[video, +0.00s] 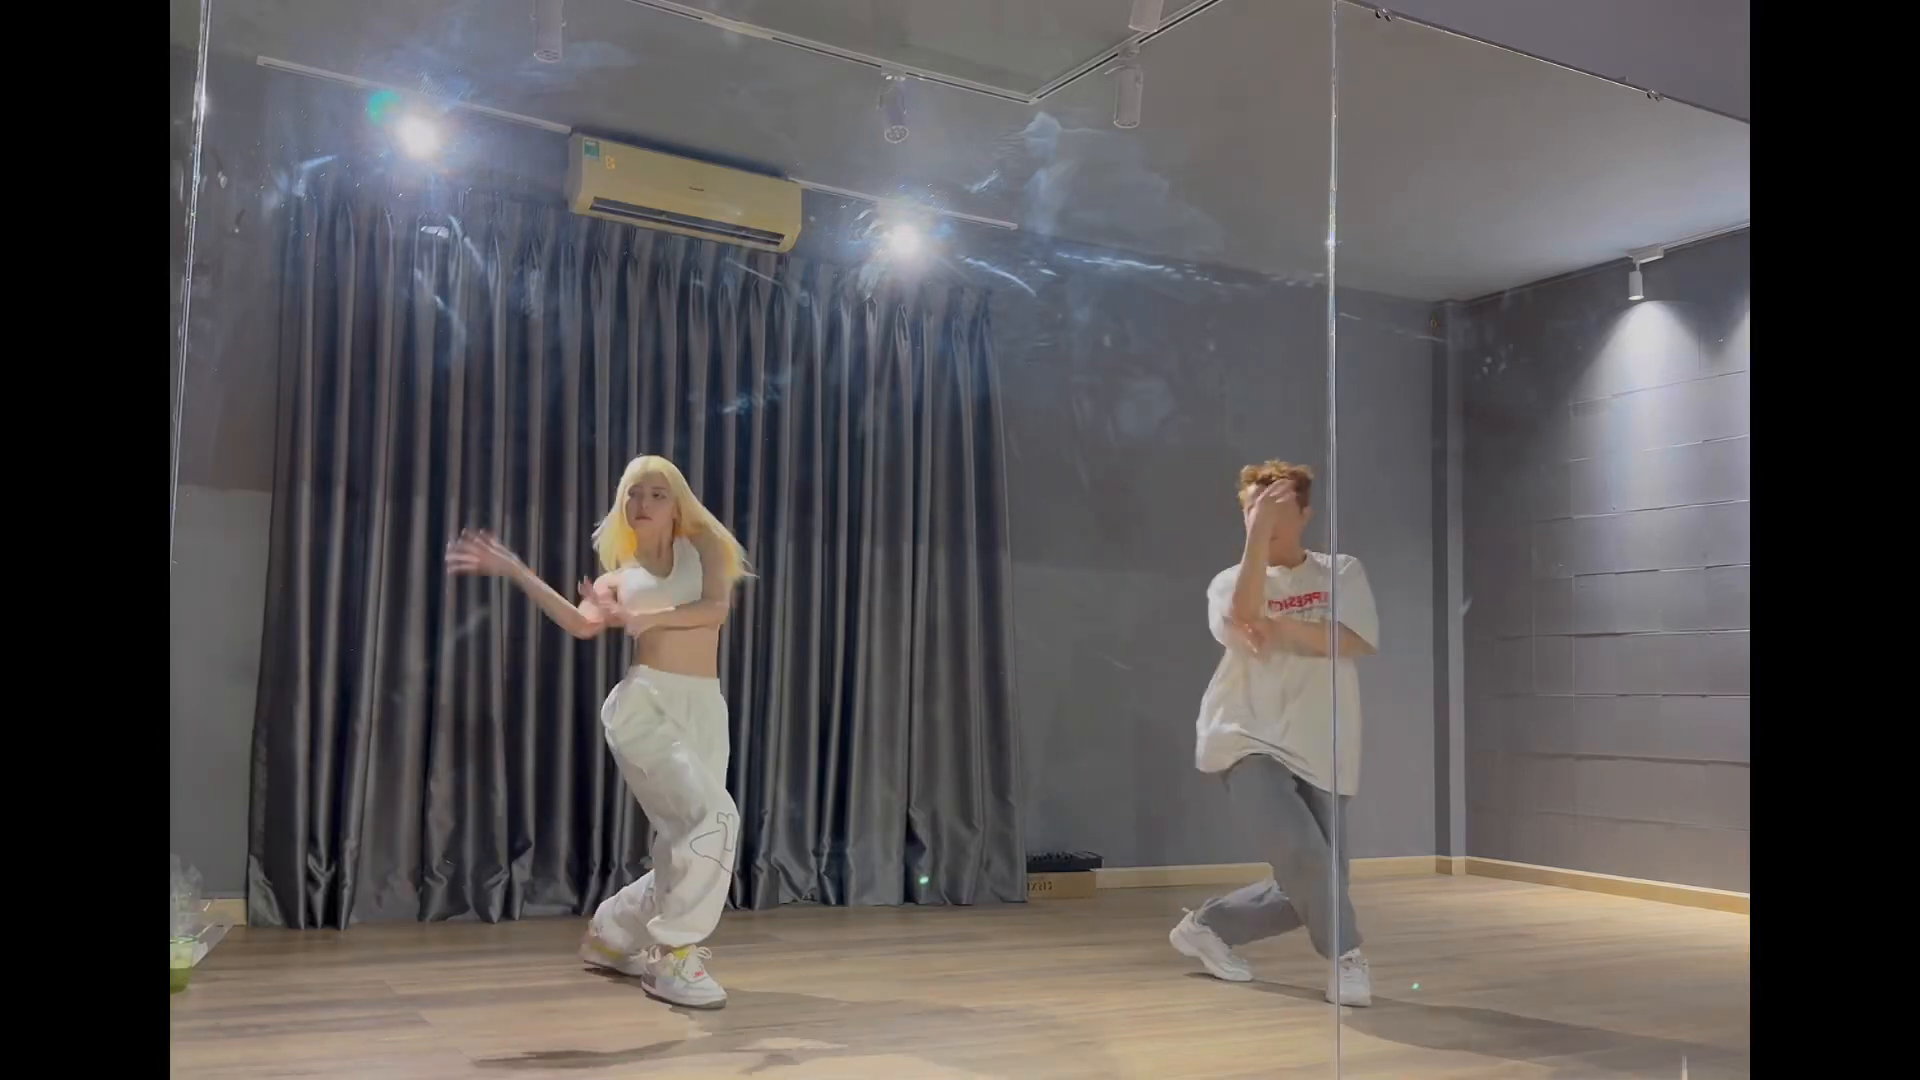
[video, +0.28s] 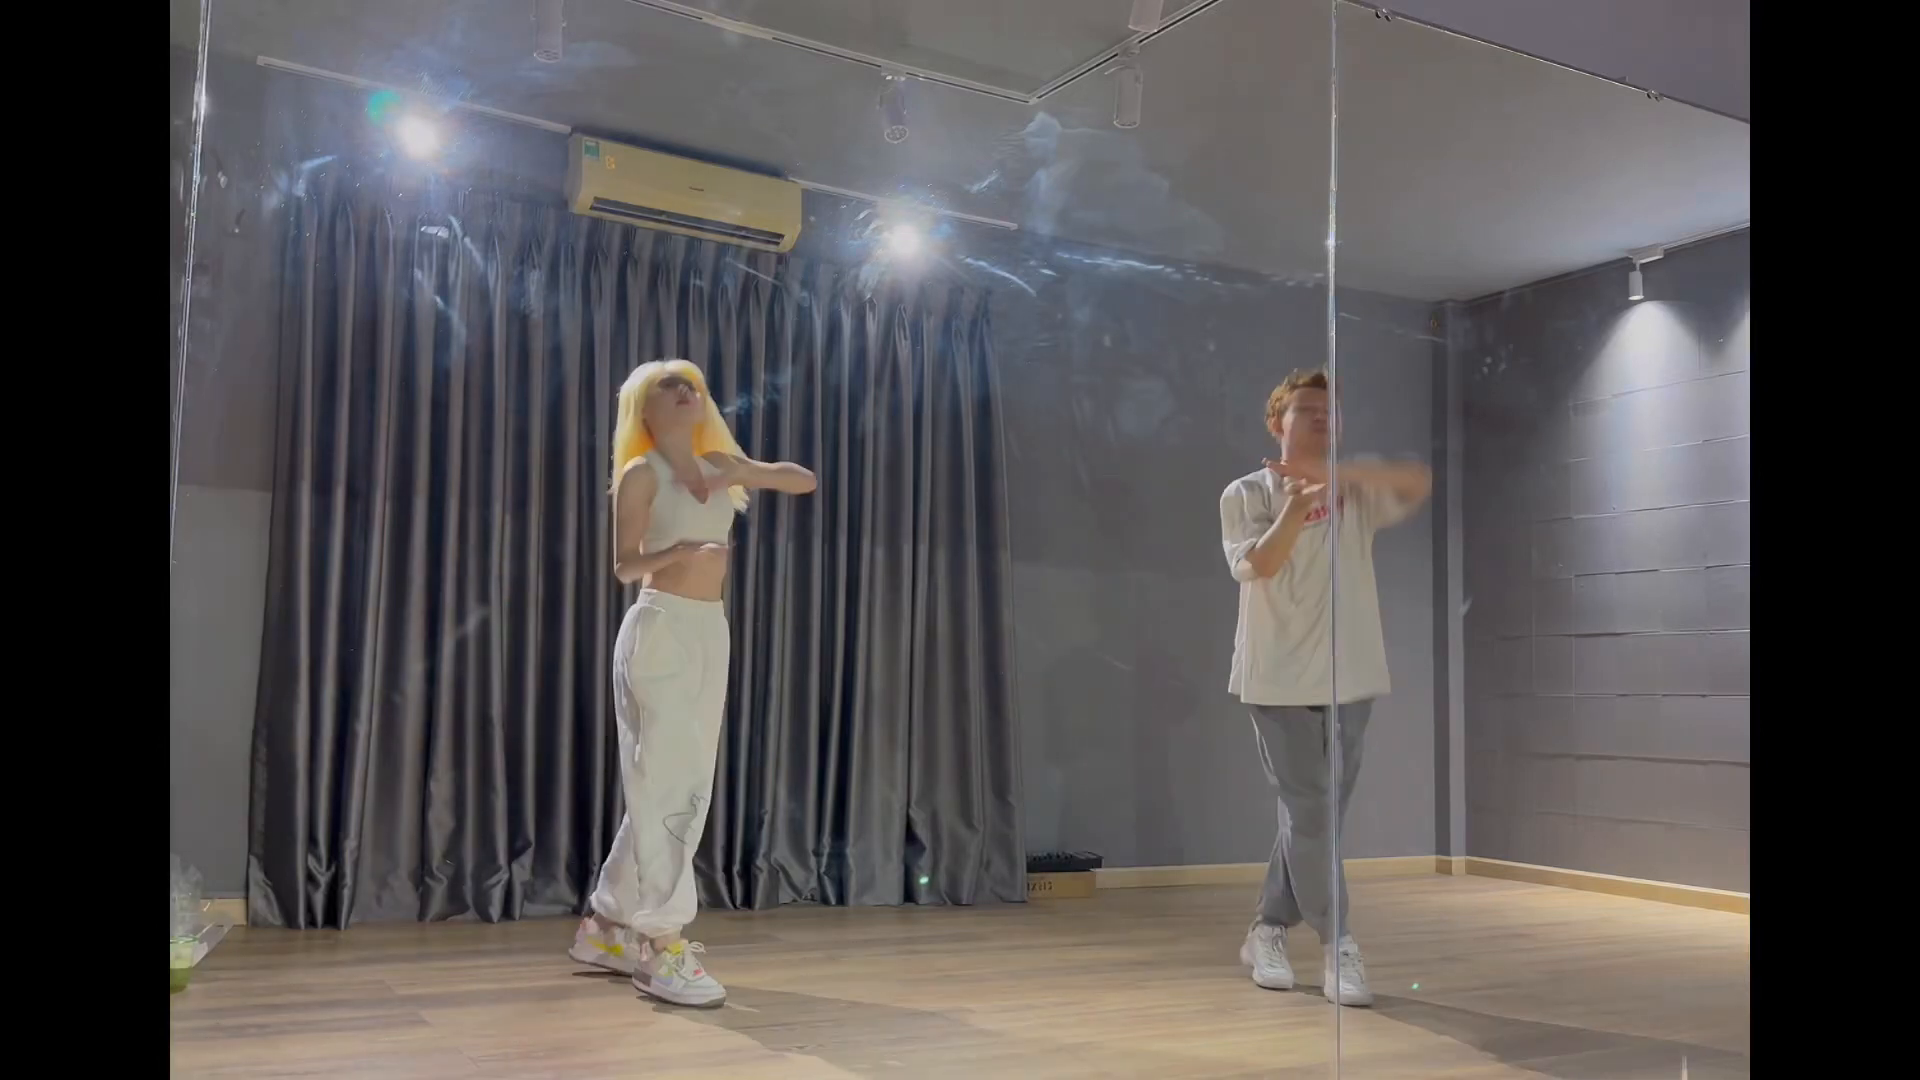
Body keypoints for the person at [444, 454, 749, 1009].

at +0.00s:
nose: (645, 501)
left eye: (658, 492)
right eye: (636, 492)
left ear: (679, 504)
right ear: (624, 506)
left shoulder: (707, 548)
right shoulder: (618, 578)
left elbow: (714, 612)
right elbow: (582, 624)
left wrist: (633, 619)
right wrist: (513, 568)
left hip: (704, 713)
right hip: (642, 708)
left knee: (692, 850)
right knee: (712, 819)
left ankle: (613, 935)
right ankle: (675, 957)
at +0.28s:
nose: (687, 390)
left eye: (693, 384)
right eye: (671, 384)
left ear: (704, 405)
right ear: (643, 411)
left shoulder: (719, 464)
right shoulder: (640, 474)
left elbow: (803, 480)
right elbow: (624, 567)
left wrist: (735, 473)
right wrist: (682, 547)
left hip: (709, 637)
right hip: (660, 634)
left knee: (684, 788)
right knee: (663, 788)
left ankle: (606, 925)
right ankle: (663, 946)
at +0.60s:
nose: (707, 396)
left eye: (711, 387)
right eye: (693, 385)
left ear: (715, 402)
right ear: (663, 401)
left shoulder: (713, 463)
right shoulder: (666, 475)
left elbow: (790, 480)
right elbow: (674, 564)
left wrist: (736, 457)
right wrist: (753, 526)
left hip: (692, 636)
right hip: (671, 636)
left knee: (661, 783)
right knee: (678, 787)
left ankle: (608, 923)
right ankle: (663, 945)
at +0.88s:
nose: (716, 408)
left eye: (722, 400)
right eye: (706, 394)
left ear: (717, 411)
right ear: (671, 398)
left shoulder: (686, 467)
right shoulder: (677, 469)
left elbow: (739, 528)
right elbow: (708, 562)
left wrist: (740, 479)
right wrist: (771, 526)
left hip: (674, 631)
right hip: (684, 635)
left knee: (660, 783)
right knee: (699, 791)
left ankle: (612, 920)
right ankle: (667, 945)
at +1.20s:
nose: (700, 434)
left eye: (708, 428)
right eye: (692, 419)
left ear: (704, 434)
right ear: (659, 415)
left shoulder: (656, 480)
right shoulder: (660, 479)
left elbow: (695, 563)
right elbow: (694, 566)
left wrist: (744, 530)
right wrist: (759, 534)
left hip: (669, 636)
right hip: (686, 639)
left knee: (657, 789)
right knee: (692, 792)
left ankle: (603, 929)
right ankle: (663, 948)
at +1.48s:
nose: (696, 485)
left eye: (694, 478)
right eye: (679, 477)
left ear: (694, 493)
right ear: (650, 500)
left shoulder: (660, 545)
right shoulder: (692, 551)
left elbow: (723, 520)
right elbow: (693, 651)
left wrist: (737, 465)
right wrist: (758, 647)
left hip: (627, 715)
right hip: (653, 723)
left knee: (684, 848)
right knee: (733, 811)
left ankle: (606, 940)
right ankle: (677, 946)